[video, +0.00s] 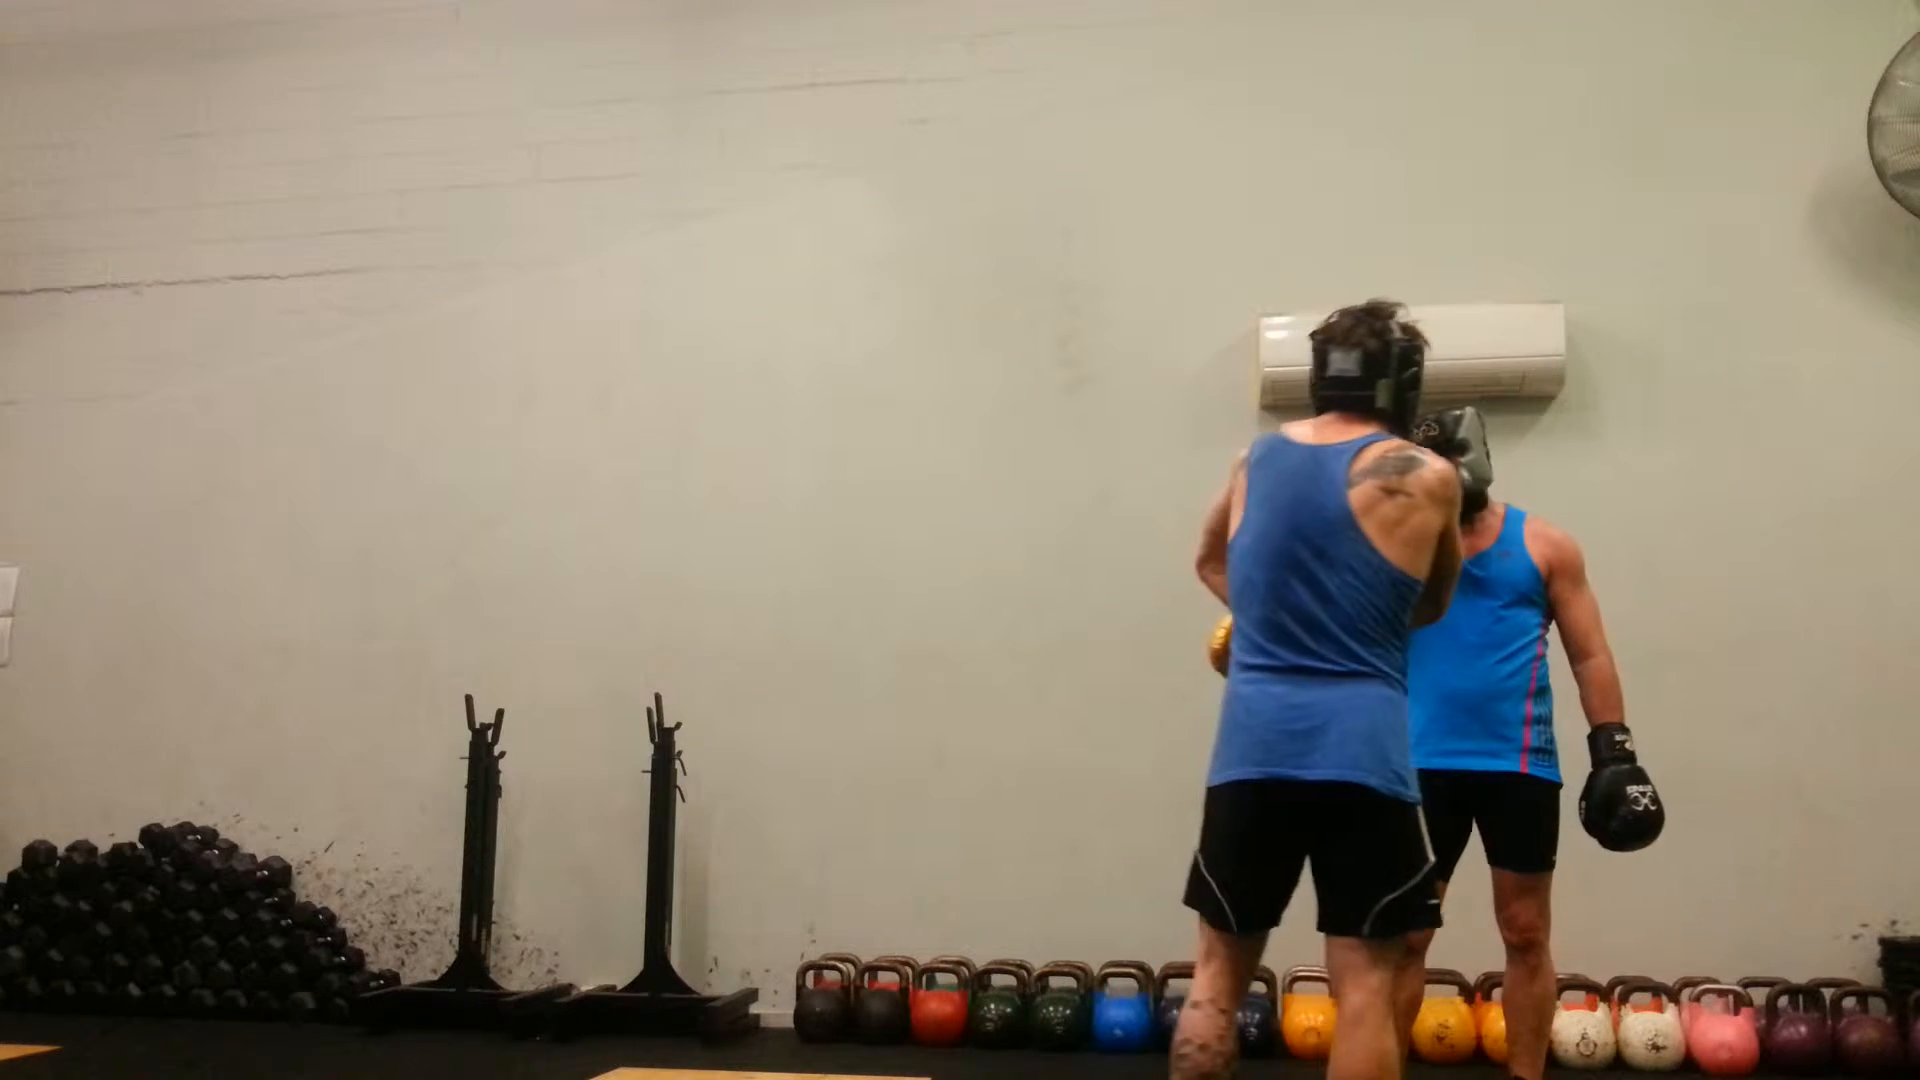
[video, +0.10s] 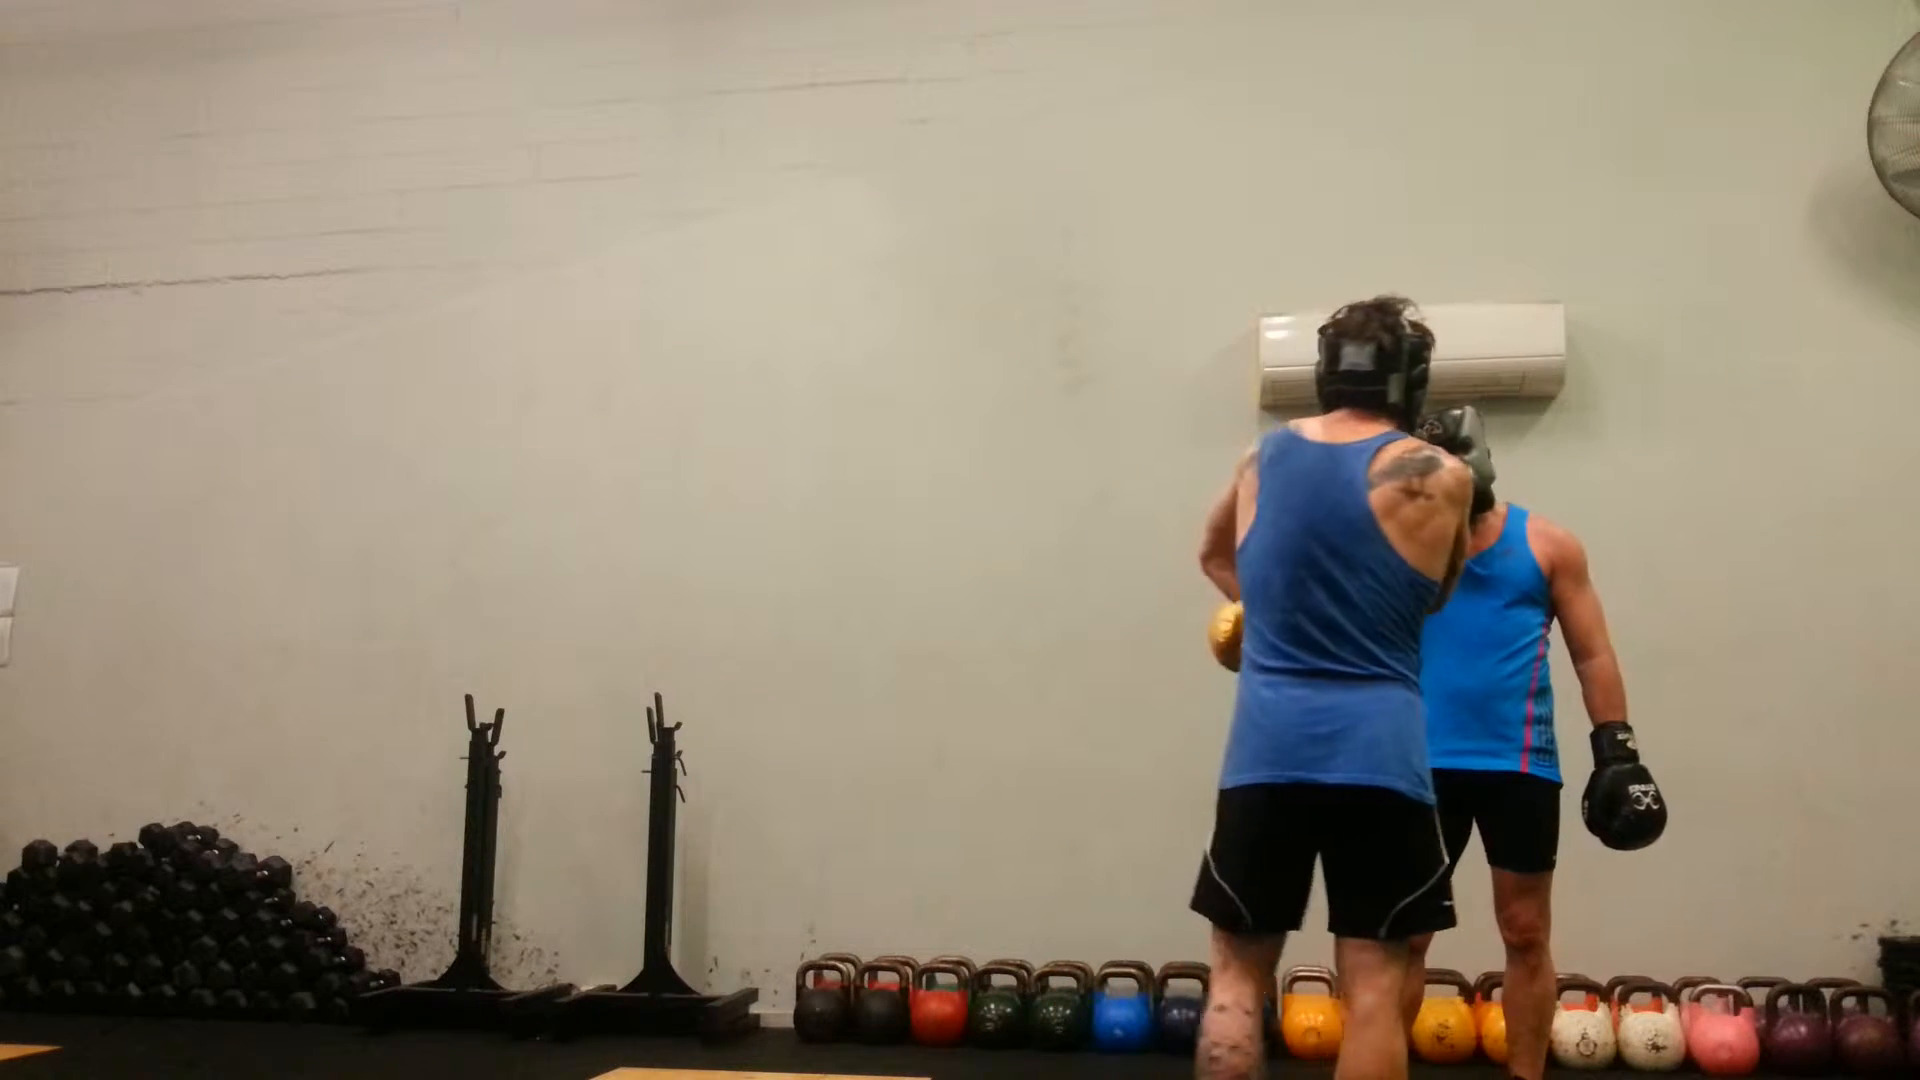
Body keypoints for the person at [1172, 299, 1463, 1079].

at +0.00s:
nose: (1419, 385)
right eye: (1416, 374)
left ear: (1318, 375)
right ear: (1406, 384)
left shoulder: (1258, 456)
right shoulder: (1430, 476)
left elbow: (1211, 562)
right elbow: (1431, 601)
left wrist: (1285, 621)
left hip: (1251, 758)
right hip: (1364, 762)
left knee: (1216, 975)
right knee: (1363, 985)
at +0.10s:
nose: (1423, 380)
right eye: (1420, 370)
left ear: (1324, 374)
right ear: (1413, 382)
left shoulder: (1266, 455)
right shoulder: (1443, 476)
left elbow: (1215, 554)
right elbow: (1434, 583)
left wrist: (1287, 612)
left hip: (1264, 761)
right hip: (1379, 765)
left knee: (1237, 979)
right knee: (1374, 993)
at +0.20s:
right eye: (1419, 363)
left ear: (1326, 369)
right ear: (1415, 374)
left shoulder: (1265, 452)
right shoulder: (1449, 473)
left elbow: (1213, 549)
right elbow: (1444, 561)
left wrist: (1274, 602)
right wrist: (1467, 461)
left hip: (1276, 764)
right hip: (1392, 769)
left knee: (1258, 986)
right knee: (1382, 997)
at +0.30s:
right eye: (1412, 364)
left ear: (1324, 371)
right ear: (1413, 373)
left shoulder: (1266, 452)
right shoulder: (1457, 472)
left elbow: (1206, 544)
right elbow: (1471, 537)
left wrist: (1257, 596)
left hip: (1287, 766)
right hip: (1404, 770)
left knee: (1279, 999)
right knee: (1387, 1001)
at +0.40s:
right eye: (1407, 359)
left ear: (1318, 368)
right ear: (1408, 370)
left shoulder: (1265, 453)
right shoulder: (1456, 469)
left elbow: (1199, 538)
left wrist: (1256, 588)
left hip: (1294, 767)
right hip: (1411, 769)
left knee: (1292, 1003)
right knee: (1389, 1004)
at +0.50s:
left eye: (1311, 358)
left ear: (1312, 363)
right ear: (1401, 364)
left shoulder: (1266, 449)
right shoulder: (1453, 462)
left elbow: (1194, 542)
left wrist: (1244, 579)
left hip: (1297, 760)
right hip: (1415, 762)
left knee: (1300, 996)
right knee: (1390, 999)